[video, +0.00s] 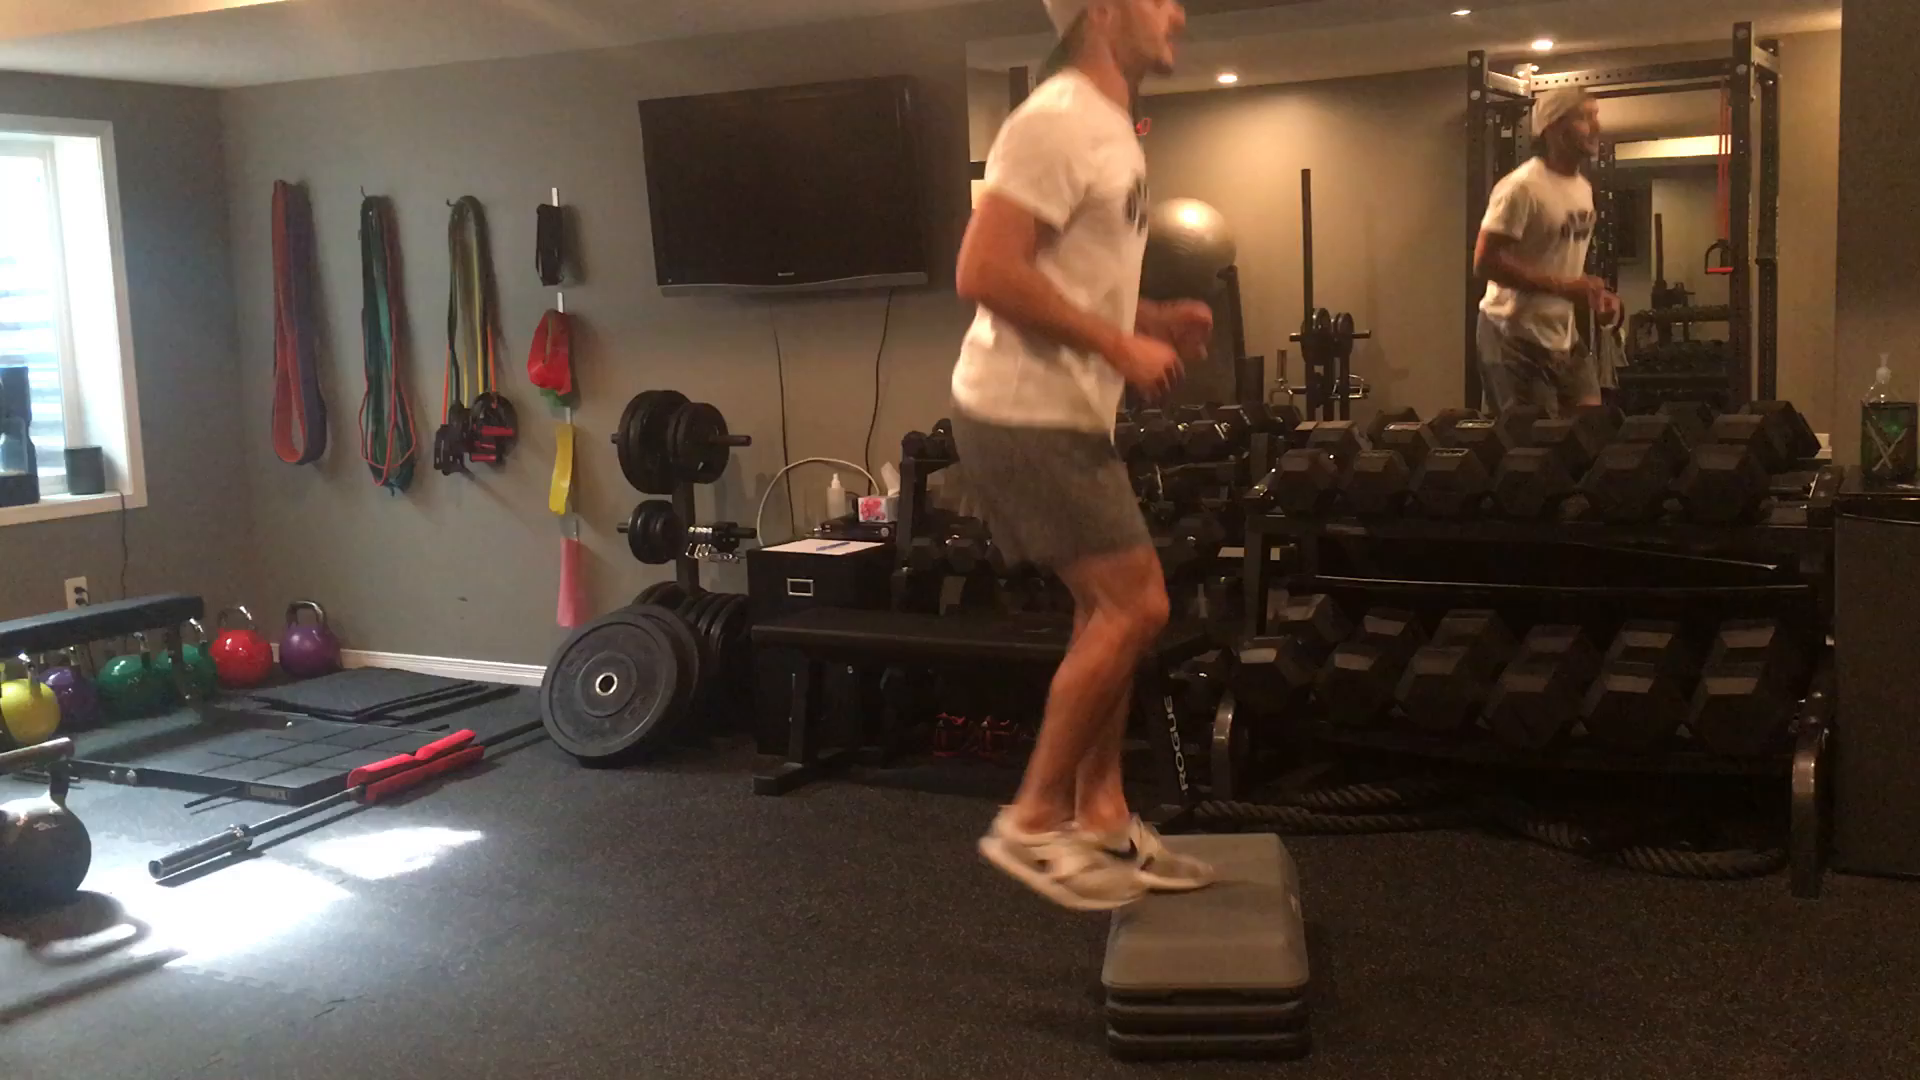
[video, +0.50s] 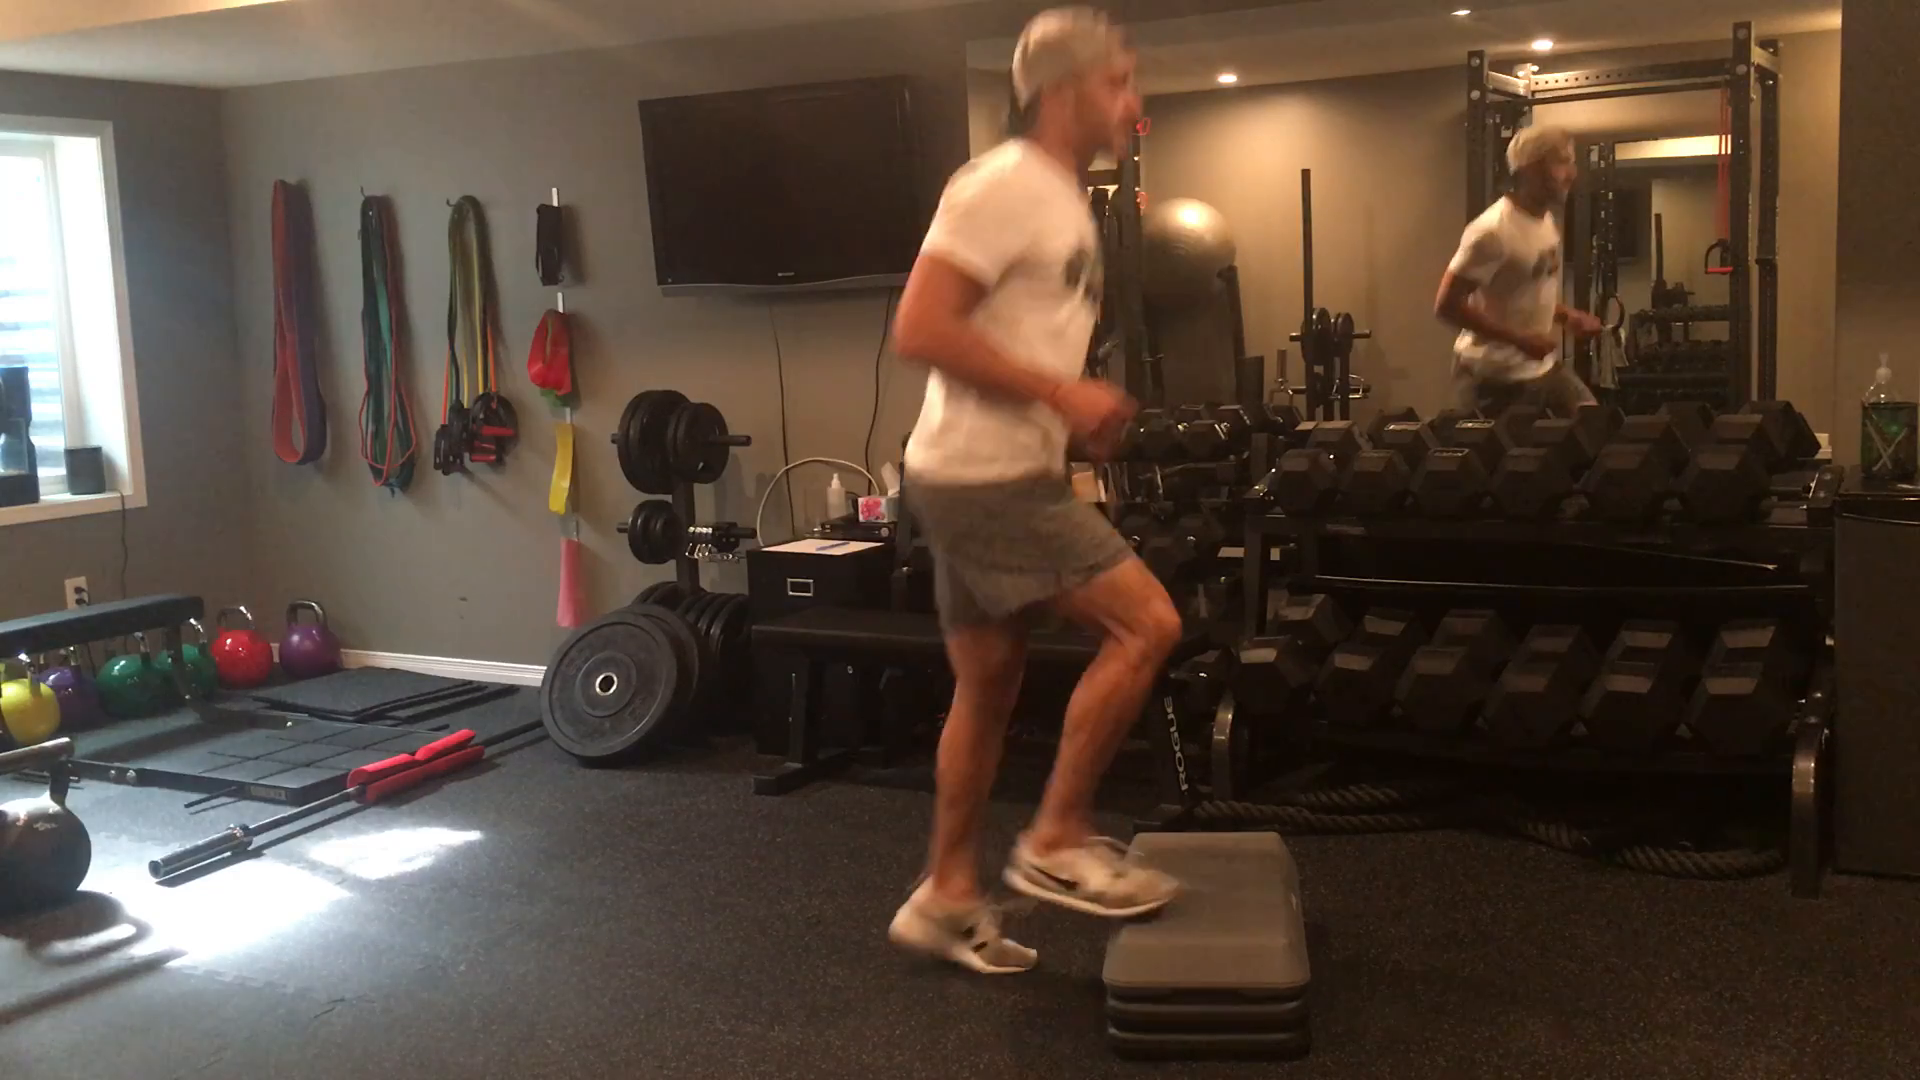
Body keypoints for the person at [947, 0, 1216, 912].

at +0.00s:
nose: (1178, 16)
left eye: (1174, 3)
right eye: (1163, 1)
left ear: (1116, 17)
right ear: (1107, 11)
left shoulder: (1108, 124)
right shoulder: (1056, 117)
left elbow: (1053, 278)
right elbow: (984, 270)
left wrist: (1144, 321)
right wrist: (1118, 344)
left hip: (1061, 406)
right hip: (1025, 410)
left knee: (1112, 609)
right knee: (1134, 604)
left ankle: (1101, 819)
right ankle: (1031, 821)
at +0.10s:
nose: (1172, 6)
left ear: (1111, 10)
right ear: (1105, 1)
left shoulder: (1107, 100)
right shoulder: (1062, 92)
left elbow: (1041, 249)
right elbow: (983, 244)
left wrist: (1130, 287)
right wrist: (1111, 312)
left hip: (1058, 388)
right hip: (1034, 389)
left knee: (1106, 594)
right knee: (1131, 596)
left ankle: (1045, 788)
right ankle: (1101, 830)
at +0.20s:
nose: (1168, 18)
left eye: (1163, 4)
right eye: (1151, 3)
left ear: (1102, 21)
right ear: (1096, 16)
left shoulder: (1089, 123)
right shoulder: (1062, 121)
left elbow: (1037, 273)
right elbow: (995, 275)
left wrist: (1130, 315)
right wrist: (1125, 335)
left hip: (1058, 416)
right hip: (1057, 422)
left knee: (1107, 616)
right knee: (1129, 628)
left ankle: (997, 778)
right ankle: (1095, 863)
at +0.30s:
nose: (1155, 34)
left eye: (1151, 16)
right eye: (1137, 16)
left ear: (1088, 34)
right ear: (1078, 31)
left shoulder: (1077, 140)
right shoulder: (1043, 140)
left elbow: (1046, 287)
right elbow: (993, 299)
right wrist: (1130, 354)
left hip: (1055, 424)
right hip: (1048, 430)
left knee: (1079, 630)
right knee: (1115, 637)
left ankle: (980, 811)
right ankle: (1092, 867)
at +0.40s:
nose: (1148, 42)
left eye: (1145, 24)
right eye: (1129, 23)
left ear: (1080, 40)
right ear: (1068, 35)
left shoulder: (1074, 147)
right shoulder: (1020, 139)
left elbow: (1023, 298)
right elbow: (962, 294)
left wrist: (1092, 382)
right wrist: (1103, 355)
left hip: (1024, 428)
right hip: (1013, 431)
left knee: (1019, 632)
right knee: (1115, 623)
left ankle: (978, 847)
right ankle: (1088, 857)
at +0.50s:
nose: (1136, 102)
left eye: (1132, 82)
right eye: (1122, 82)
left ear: (1073, 94)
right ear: (1067, 92)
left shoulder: (1056, 195)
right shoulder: (1002, 184)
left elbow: (995, 337)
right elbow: (919, 325)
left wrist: (1067, 412)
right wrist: (1063, 391)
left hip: (993, 474)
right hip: (983, 479)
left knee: (985, 678)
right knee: (1146, 622)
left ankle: (945, 895)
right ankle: (1059, 837)